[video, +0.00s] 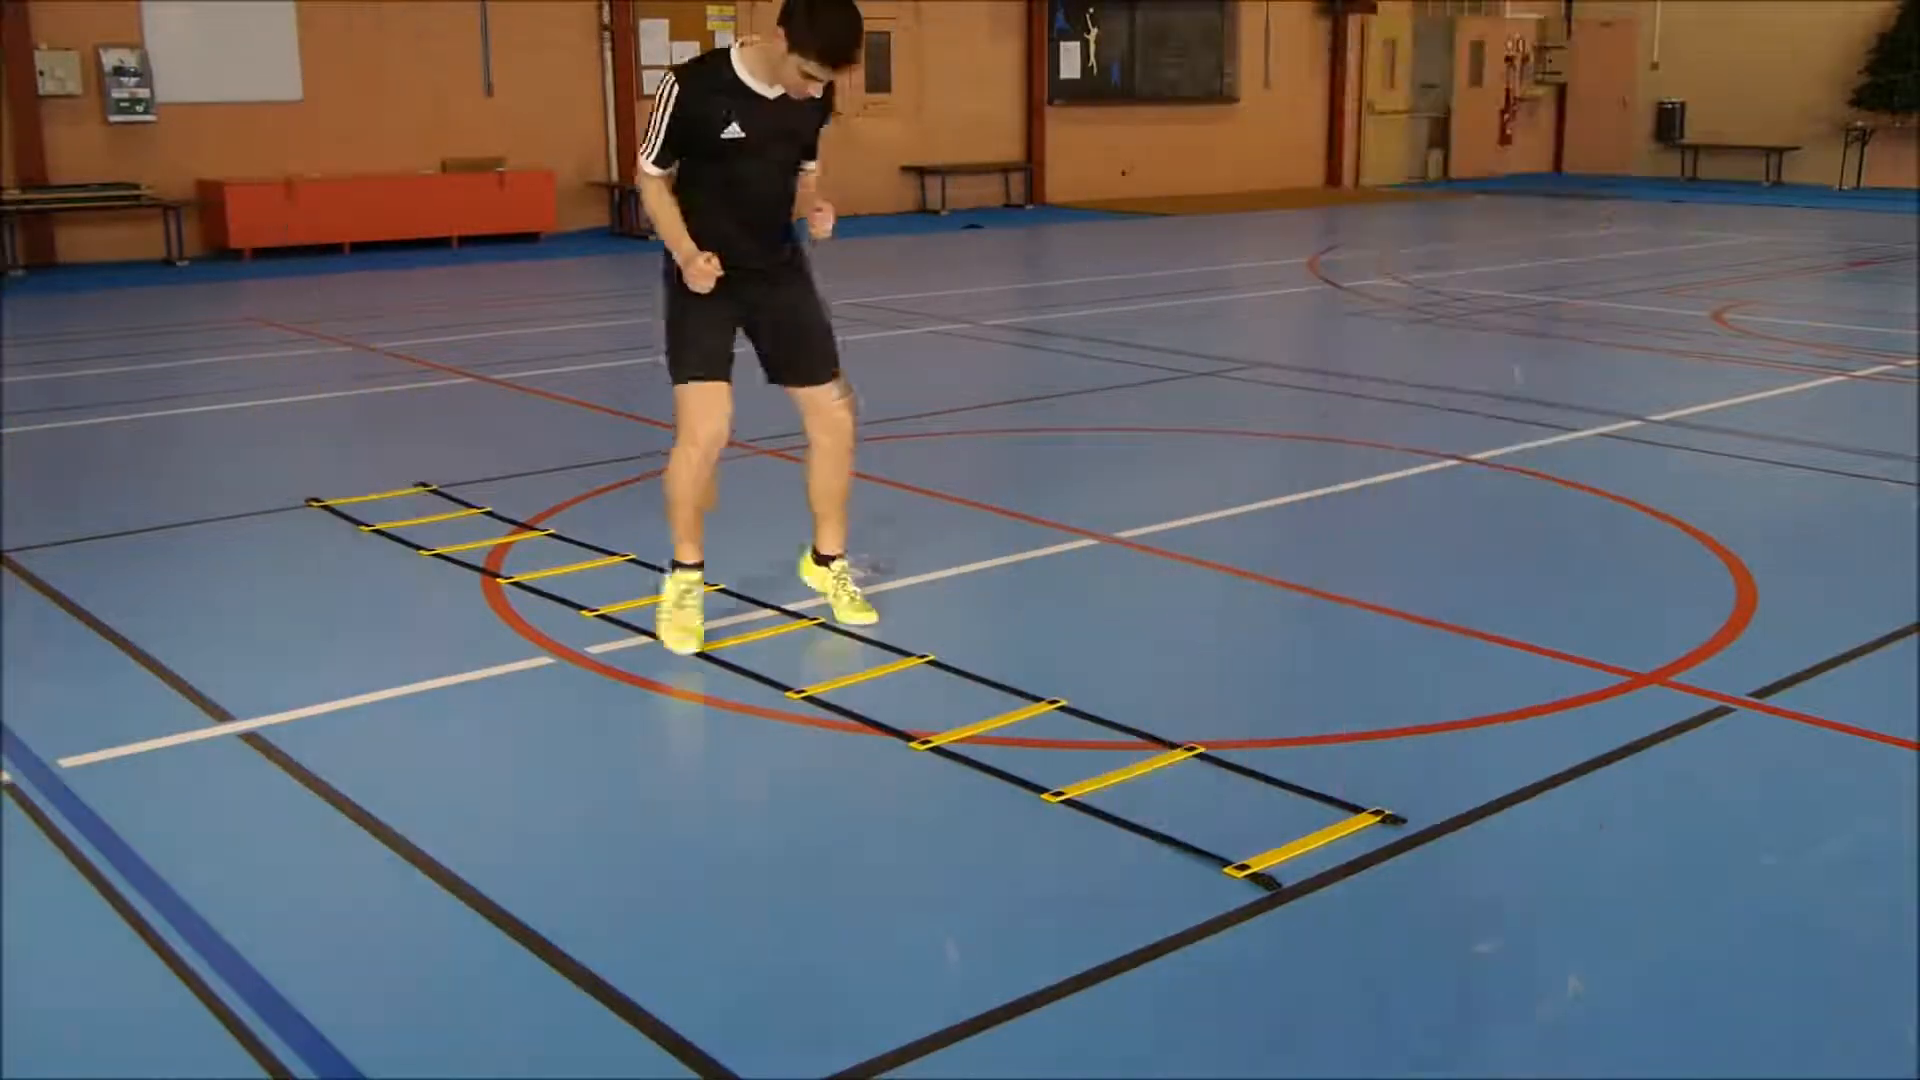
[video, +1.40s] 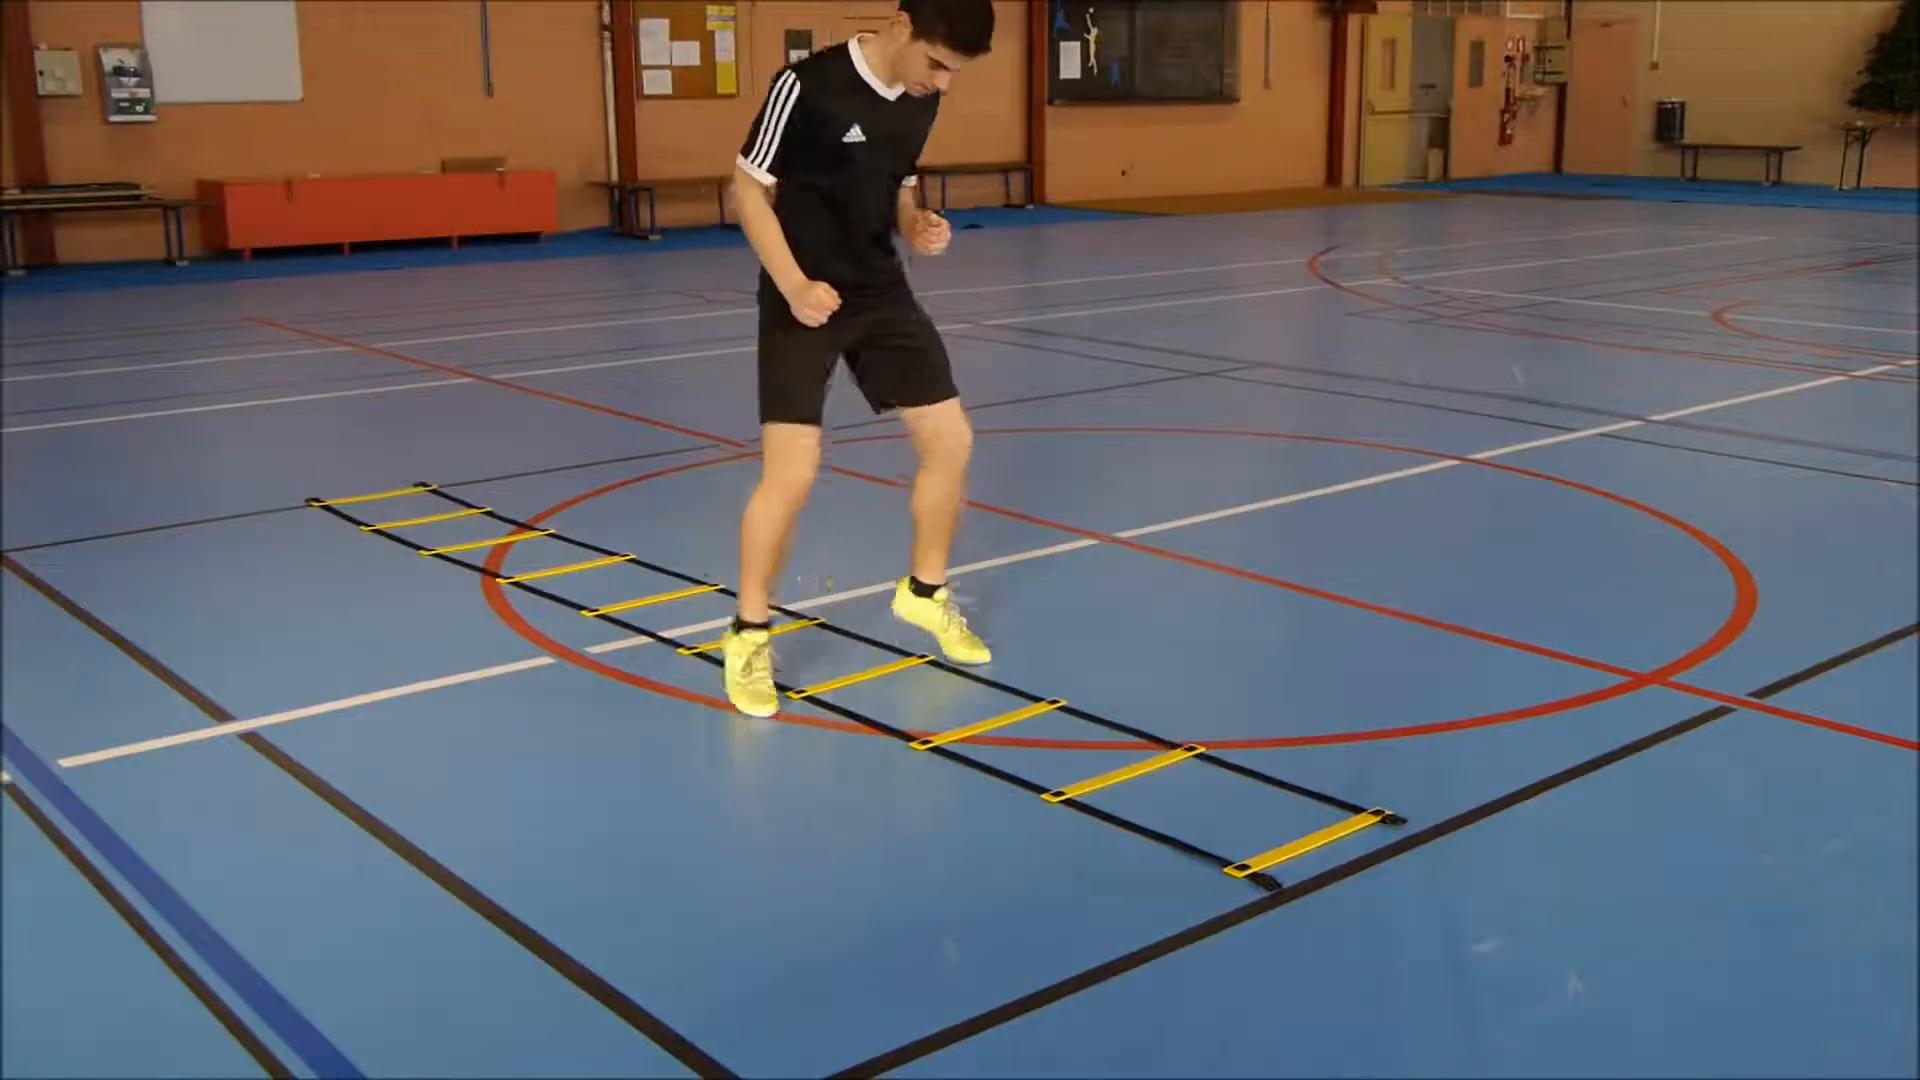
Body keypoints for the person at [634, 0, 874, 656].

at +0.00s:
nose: (814, 90)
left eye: (824, 81)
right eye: (808, 76)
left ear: (837, 67)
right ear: (778, 38)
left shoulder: (812, 97)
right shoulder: (693, 85)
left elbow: (802, 174)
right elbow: (652, 179)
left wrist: (812, 206)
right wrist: (686, 254)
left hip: (778, 267)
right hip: (700, 271)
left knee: (832, 414)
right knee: (704, 431)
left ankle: (827, 562)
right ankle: (686, 575)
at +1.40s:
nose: (941, 83)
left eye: (952, 71)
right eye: (934, 64)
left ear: (962, 55)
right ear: (895, 26)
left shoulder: (924, 97)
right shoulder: (804, 85)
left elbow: (901, 182)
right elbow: (747, 189)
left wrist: (913, 223)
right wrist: (792, 284)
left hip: (878, 286)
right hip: (798, 291)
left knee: (948, 439)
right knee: (791, 471)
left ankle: (924, 592)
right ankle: (749, 634)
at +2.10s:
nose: (1008, 68)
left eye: (1019, 56)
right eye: (1002, 49)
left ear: (1026, 43)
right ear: (962, 11)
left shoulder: (984, 76)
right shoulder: (859, 60)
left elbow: (965, 160)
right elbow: (795, 164)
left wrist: (989, 211)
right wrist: (862, 258)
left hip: (947, 289)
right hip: (868, 295)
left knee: (984, 455)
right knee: (887, 483)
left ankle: (918, 615)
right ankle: (886, 639)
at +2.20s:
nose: (1011, 66)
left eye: (1023, 54)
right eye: (1004, 47)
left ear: (1033, 42)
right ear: (964, 9)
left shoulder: (995, 77)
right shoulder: (862, 56)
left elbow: (974, 163)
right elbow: (803, 168)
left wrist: (993, 211)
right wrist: (863, 259)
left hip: (954, 290)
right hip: (873, 294)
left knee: (973, 468)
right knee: (891, 477)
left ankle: (916, 628)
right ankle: (879, 635)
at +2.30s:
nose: (1013, 66)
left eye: (1025, 54)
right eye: (1005, 47)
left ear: (1035, 42)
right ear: (963, 11)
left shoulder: (1002, 79)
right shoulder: (864, 61)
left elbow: (988, 164)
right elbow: (805, 169)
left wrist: (998, 217)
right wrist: (863, 263)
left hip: (963, 303)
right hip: (880, 302)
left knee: (961, 486)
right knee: (889, 484)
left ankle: (906, 640)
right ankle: (871, 644)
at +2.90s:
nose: (1077, 81)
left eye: (1088, 69)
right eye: (1070, 62)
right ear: (1025, 20)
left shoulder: (1049, 93)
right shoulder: (926, 83)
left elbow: (1033, 188)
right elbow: (867, 207)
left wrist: (1057, 238)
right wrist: (935, 303)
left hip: (1013, 310)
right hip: (924, 316)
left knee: (1088, 471)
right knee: (917, 505)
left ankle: (1062, 632)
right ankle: (861, 675)